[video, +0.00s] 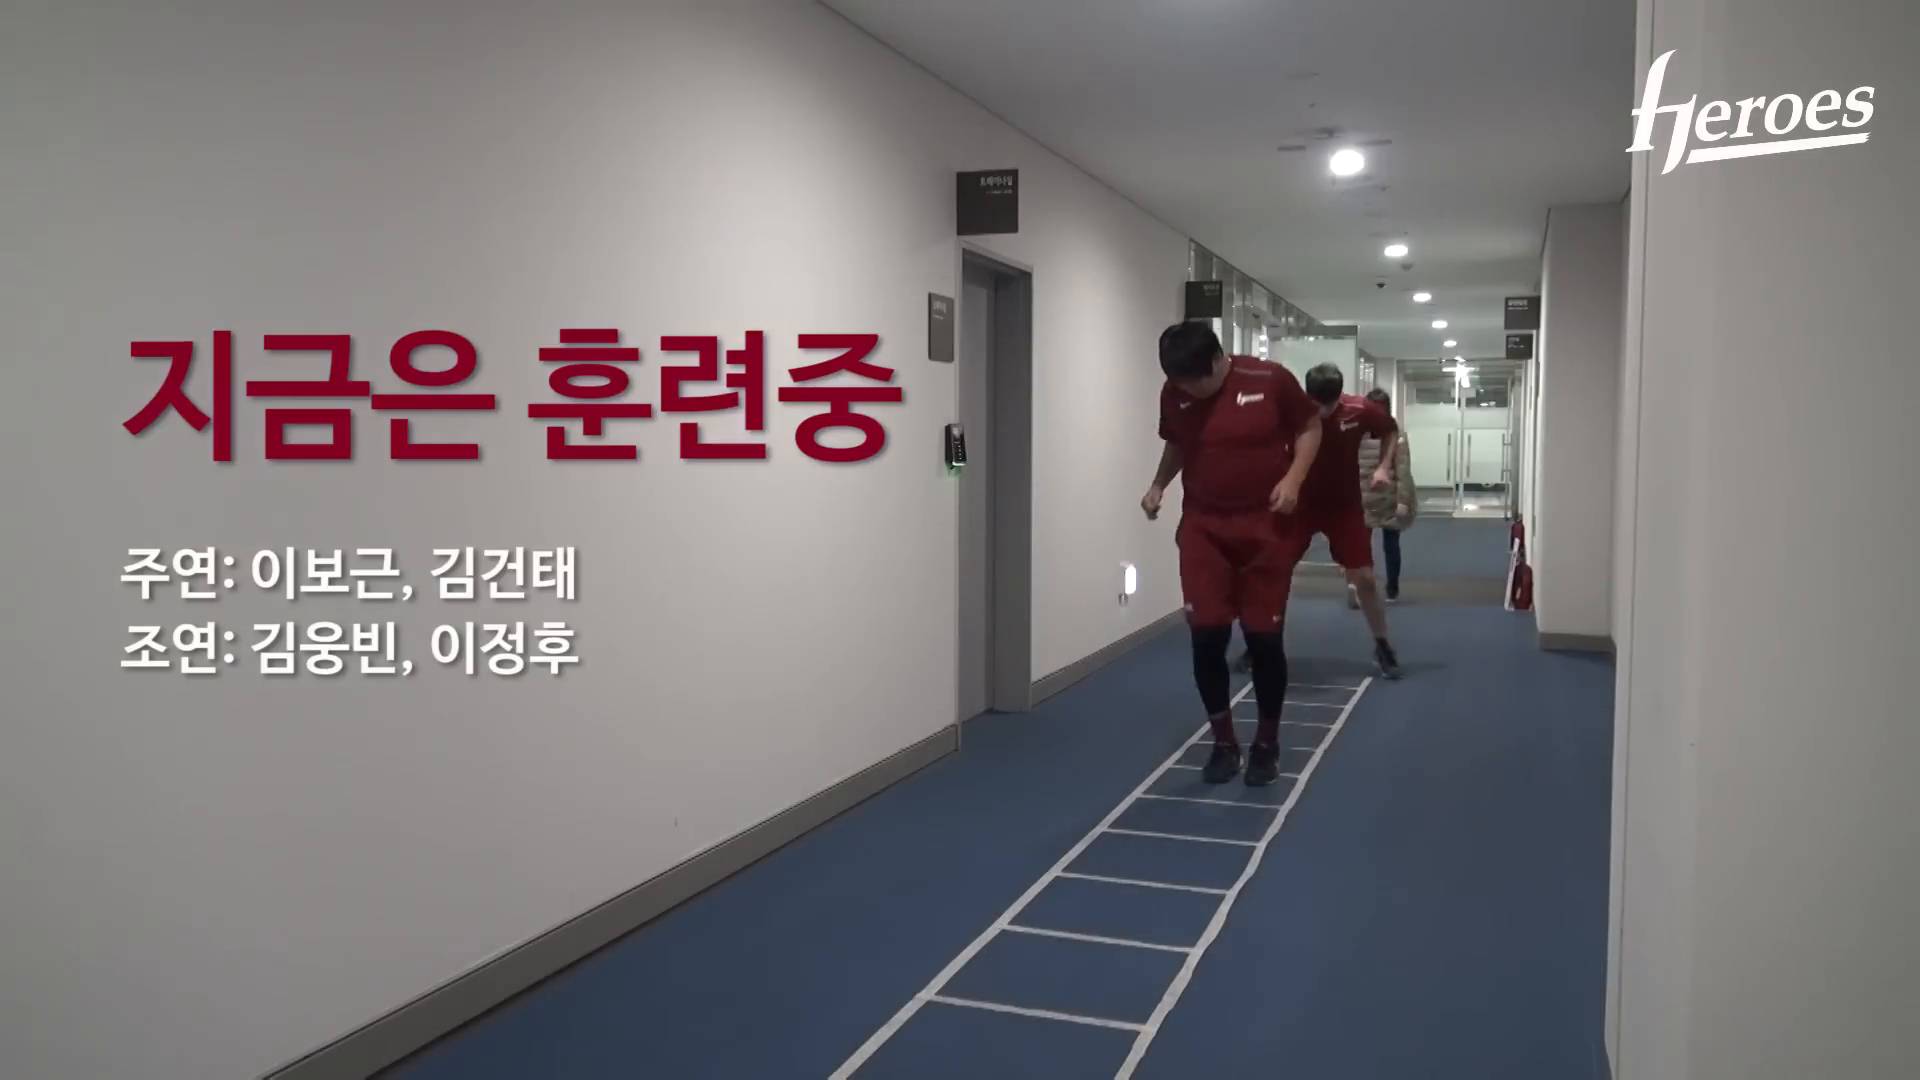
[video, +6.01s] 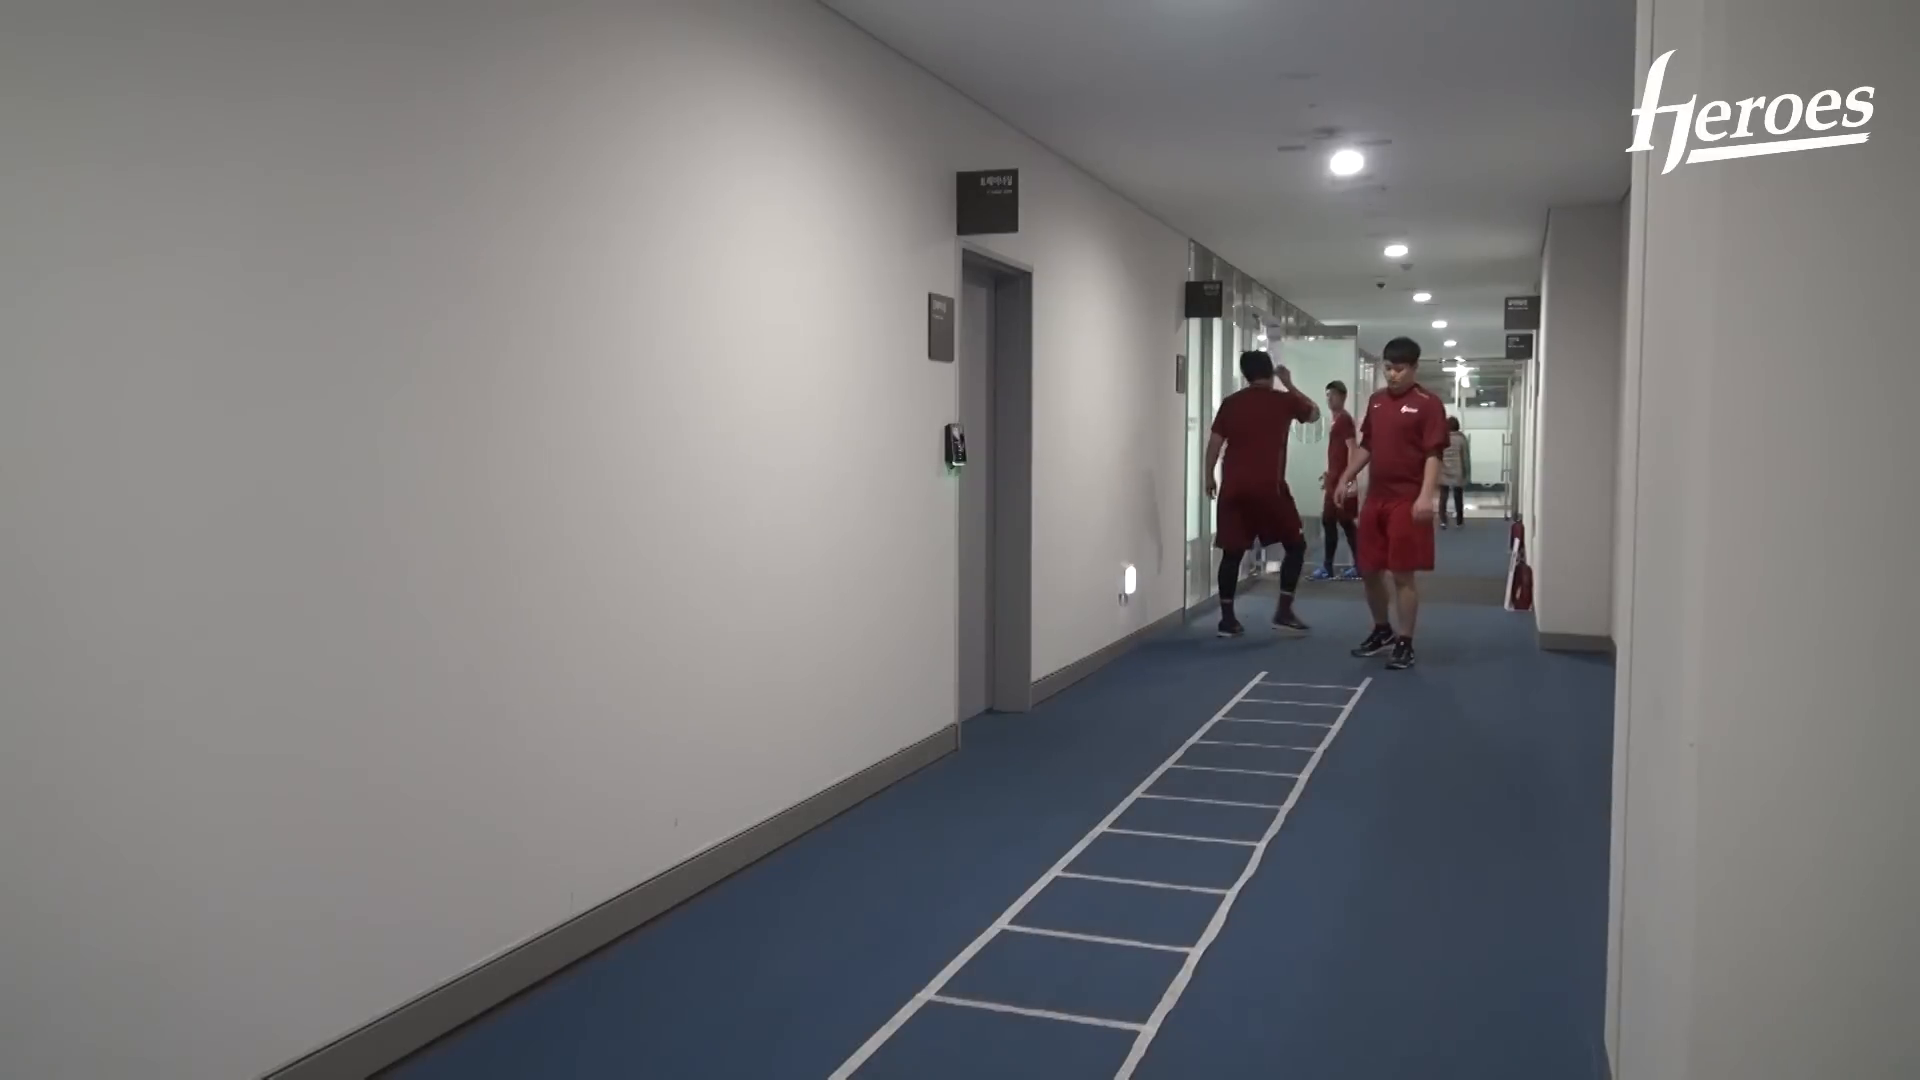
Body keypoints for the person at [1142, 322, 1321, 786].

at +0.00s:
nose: (1190, 393)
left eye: (1197, 385)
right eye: (1182, 386)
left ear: (1219, 363)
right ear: (1172, 375)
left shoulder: (1271, 380)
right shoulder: (1175, 394)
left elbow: (1311, 427)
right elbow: (1176, 443)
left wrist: (1293, 479)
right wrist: (1157, 484)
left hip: (1267, 531)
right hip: (1203, 531)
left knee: (1263, 639)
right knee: (1206, 639)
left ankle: (1266, 743)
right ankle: (1224, 742)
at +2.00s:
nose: (1235, 368)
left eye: (1240, 360)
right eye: (1231, 361)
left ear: (1263, 353)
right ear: (1230, 357)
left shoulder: (1306, 384)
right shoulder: (1229, 393)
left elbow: (1341, 429)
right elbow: (1222, 437)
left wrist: (1315, 455)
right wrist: (1208, 471)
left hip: (1300, 510)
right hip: (1250, 508)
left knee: (1303, 598)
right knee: (1247, 597)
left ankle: (1300, 678)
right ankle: (1261, 680)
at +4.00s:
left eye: (1231, 362)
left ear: (1231, 363)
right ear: (1261, 361)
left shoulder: (1229, 398)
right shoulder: (1285, 397)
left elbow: (1226, 442)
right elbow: (1306, 450)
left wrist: (1216, 489)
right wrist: (1286, 475)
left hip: (1245, 498)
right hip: (1284, 498)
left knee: (1217, 571)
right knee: (1287, 573)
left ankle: (1198, 648)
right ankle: (1293, 653)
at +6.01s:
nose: (1270, 377)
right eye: (1270, 372)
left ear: (1245, 375)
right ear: (1272, 373)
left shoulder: (1231, 402)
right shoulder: (1283, 400)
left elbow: (1215, 443)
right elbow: (1313, 413)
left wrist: (1208, 476)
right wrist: (1290, 385)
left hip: (1233, 489)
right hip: (1270, 488)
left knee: (1232, 553)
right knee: (1295, 545)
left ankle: (1227, 618)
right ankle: (1284, 611)